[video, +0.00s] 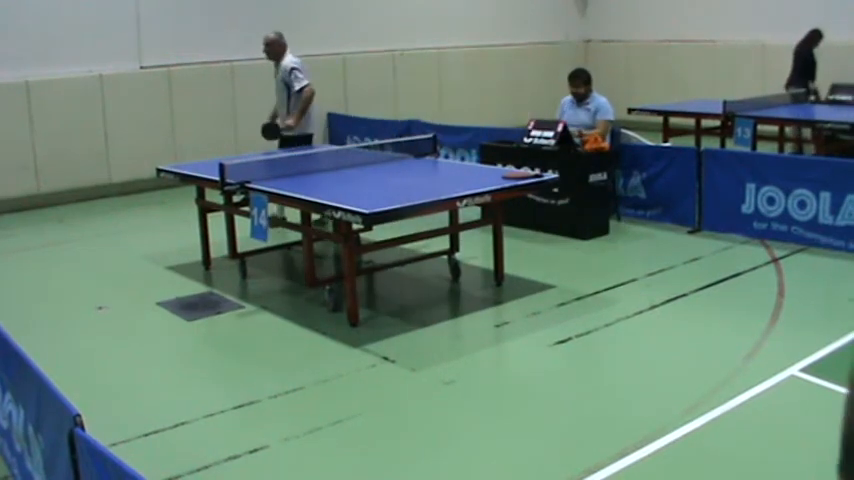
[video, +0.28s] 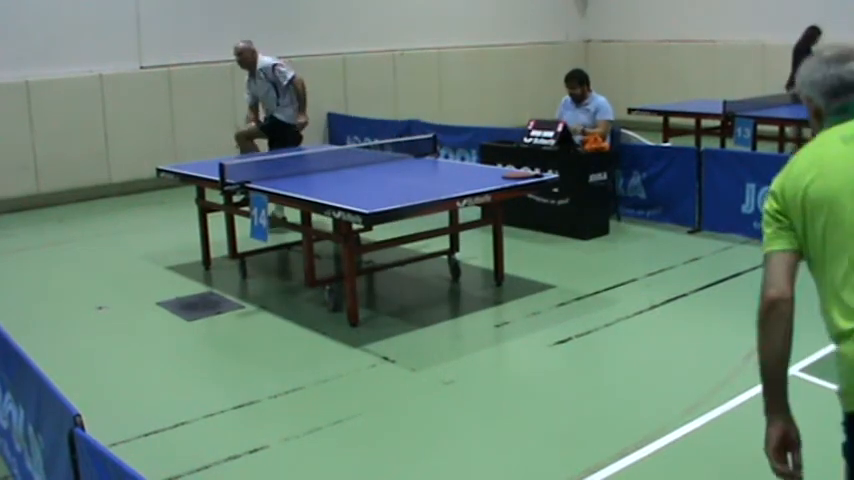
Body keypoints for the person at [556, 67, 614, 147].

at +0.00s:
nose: (575, 91)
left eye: (579, 87)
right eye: (572, 87)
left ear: (588, 87)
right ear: (569, 87)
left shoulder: (601, 104)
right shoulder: (565, 103)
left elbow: (602, 133)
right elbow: (559, 126)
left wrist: (583, 134)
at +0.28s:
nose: (571, 92)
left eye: (574, 88)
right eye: (569, 89)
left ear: (586, 87)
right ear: (566, 88)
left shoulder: (600, 103)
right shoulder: (566, 102)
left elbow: (602, 132)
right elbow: (559, 125)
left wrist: (583, 131)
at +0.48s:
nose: (568, 93)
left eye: (571, 89)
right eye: (567, 90)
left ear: (583, 87)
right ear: (565, 89)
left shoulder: (600, 102)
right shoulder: (565, 102)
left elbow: (600, 130)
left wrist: (578, 122)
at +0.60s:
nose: (567, 93)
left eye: (570, 90)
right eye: (566, 90)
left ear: (581, 88)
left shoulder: (599, 101)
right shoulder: (564, 102)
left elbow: (597, 124)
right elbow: (553, 120)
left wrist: (574, 117)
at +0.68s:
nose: (566, 93)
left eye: (569, 90)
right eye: (565, 90)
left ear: (580, 87)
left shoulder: (598, 100)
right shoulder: (564, 102)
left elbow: (596, 124)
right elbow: (554, 119)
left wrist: (572, 117)